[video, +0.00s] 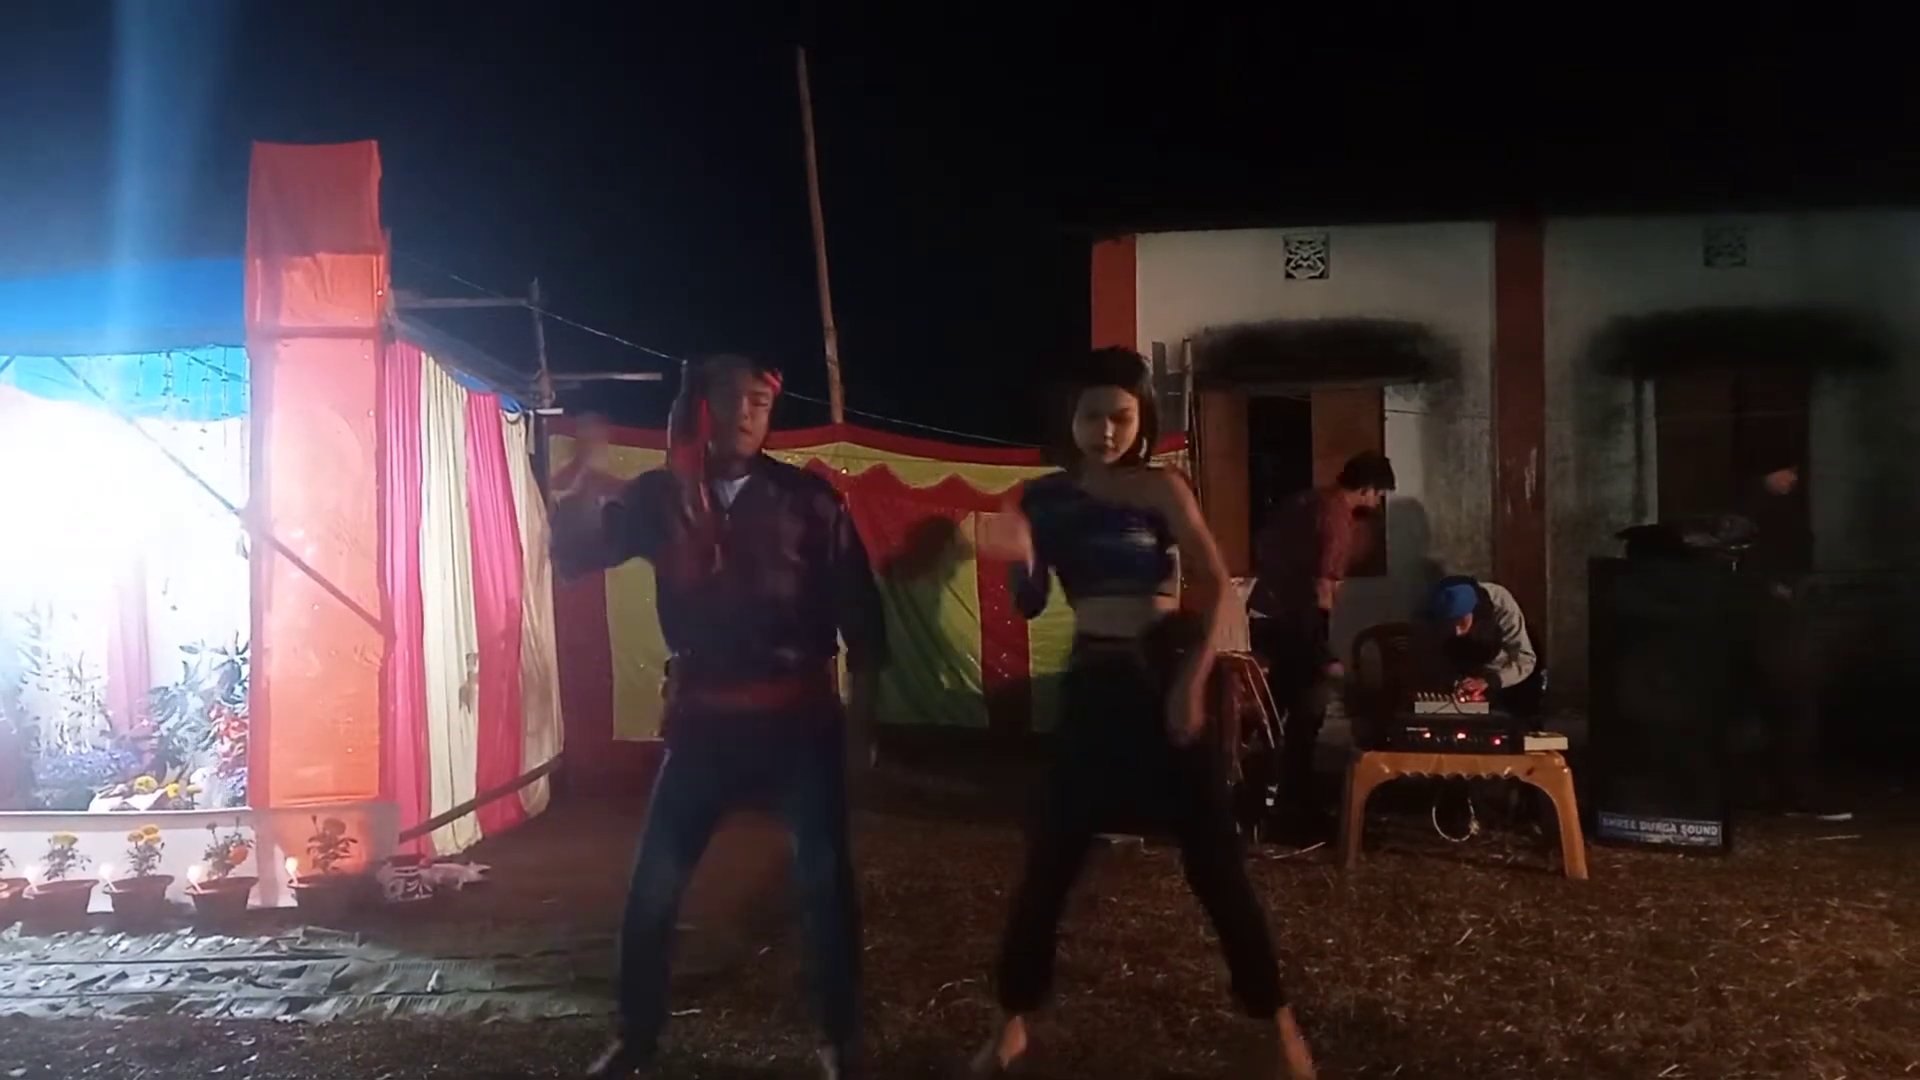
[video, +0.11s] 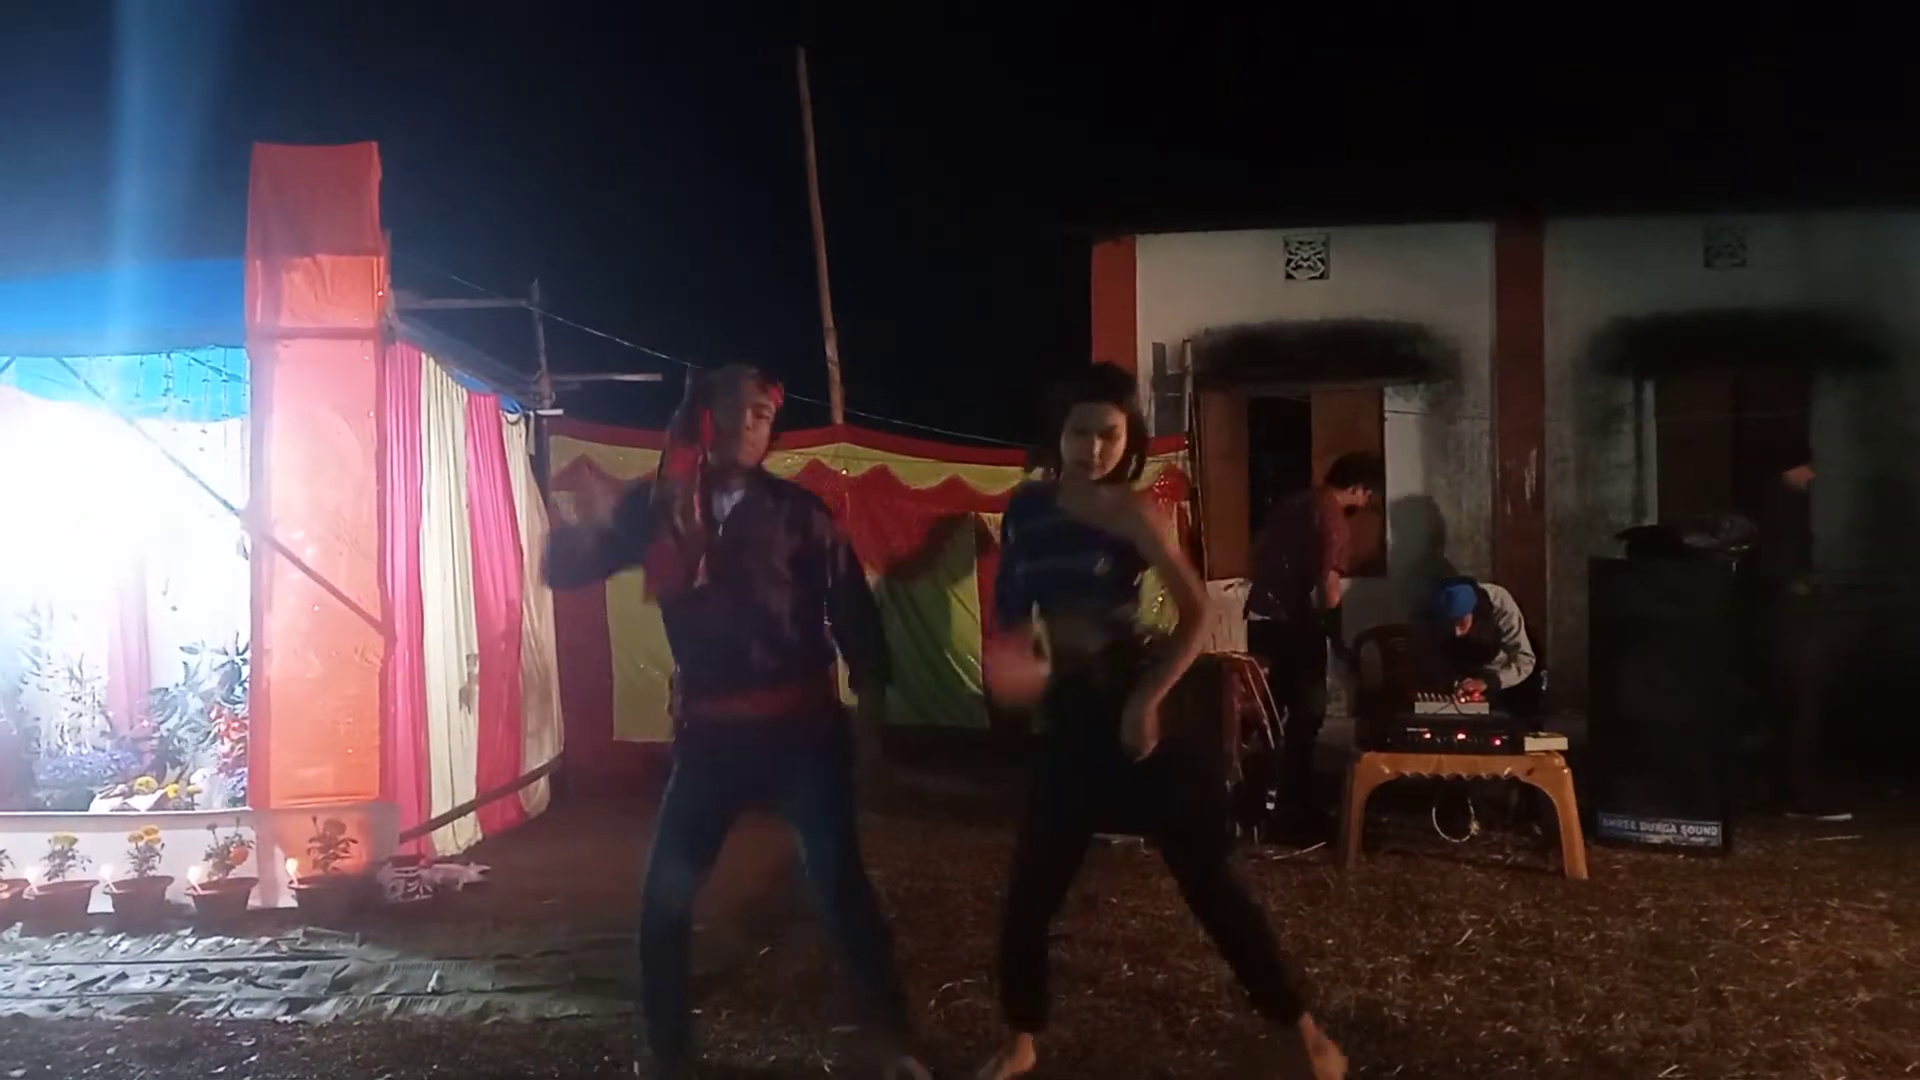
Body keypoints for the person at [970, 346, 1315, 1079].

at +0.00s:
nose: (1106, 429)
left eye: (1121, 416)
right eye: (1094, 415)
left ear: (1141, 422)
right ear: (1071, 418)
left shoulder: (1161, 487)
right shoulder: (1044, 495)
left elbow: (1218, 586)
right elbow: (1027, 597)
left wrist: (1194, 680)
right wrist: (995, 546)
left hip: (1166, 680)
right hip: (1090, 684)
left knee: (1212, 857)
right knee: (1053, 853)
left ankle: (1281, 1023)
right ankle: (1015, 1023)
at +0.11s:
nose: (1096, 448)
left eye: (1111, 435)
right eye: (1083, 431)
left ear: (1128, 443)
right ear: (1057, 432)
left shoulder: (1130, 511)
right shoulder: (1025, 508)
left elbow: (1200, 611)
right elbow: (1008, 623)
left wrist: (1151, 695)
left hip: (1148, 706)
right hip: (1073, 710)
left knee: (1207, 882)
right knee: (1030, 887)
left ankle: (1310, 1035)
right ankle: (1021, 1043)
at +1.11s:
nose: (1137, 461)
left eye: (1150, 449)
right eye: (1123, 445)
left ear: (1164, 460)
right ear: (1093, 452)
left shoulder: (1175, 540)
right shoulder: (1060, 533)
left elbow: (1227, 648)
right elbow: (1050, 647)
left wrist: (1183, 742)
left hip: (1164, 740)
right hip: (1082, 739)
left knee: (1189, 914)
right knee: (1046, 915)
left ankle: (1270, 1055)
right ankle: (1051, 1060)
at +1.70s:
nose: (1192, 465)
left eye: (1191, 450)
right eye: (1183, 451)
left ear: (1128, 455)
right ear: (1153, 456)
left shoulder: (1106, 525)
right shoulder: (1121, 531)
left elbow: (1100, 639)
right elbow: (1191, 631)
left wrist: (1154, 683)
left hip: (1102, 730)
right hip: (1063, 731)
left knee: (1173, 888)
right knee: (1032, 906)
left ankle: (1161, 1052)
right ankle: (934, 1055)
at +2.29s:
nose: (1084, 414)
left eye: (1101, 401)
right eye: (1074, 400)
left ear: (1128, 409)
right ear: (1058, 405)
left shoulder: (1165, 490)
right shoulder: (1049, 484)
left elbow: (1223, 590)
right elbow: (1006, 571)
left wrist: (1198, 681)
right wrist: (1017, 487)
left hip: (1154, 684)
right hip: (1071, 682)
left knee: (1189, 862)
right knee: (1047, 861)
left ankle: (1239, 1037)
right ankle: (1037, 1037)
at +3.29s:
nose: (1175, 424)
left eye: (1172, 410)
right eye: (1163, 411)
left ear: (1129, 429)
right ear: (1127, 426)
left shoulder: (1148, 511)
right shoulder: (1084, 506)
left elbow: (1158, 610)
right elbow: (1112, 592)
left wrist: (1190, 575)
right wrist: (1177, 549)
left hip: (1124, 703)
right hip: (1062, 700)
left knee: (1165, 894)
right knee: (1024, 884)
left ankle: (1145, 1050)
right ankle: (945, 1041)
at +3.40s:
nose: (1170, 473)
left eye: (1167, 460)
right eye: (1158, 460)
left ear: (1120, 473)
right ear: (1123, 469)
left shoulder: (1110, 548)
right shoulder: (1082, 547)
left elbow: (1138, 647)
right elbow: (1123, 657)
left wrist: (1208, 670)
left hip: (1096, 733)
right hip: (1048, 736)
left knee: (1175, 901)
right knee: (1021, 915)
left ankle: (1154, 1058)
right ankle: (926, 1051)